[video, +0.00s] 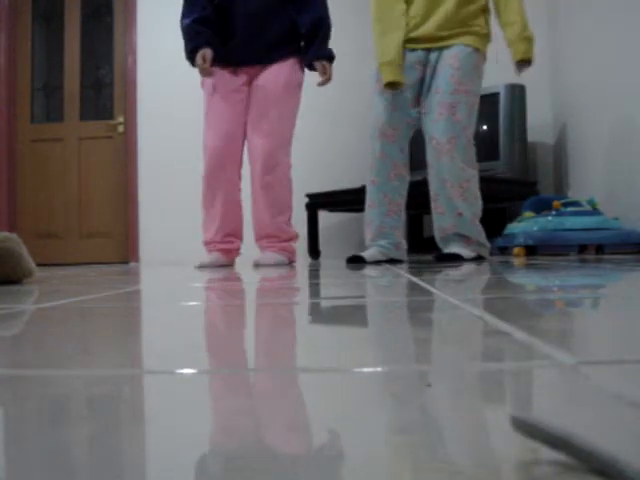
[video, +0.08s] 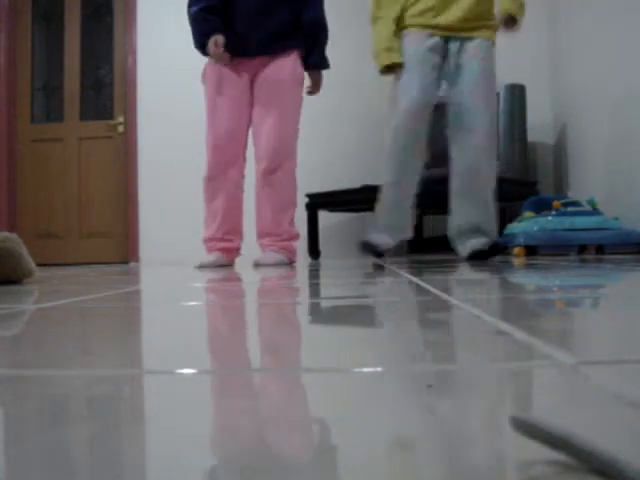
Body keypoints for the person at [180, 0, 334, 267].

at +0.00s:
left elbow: (313, 3)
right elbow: (194, 4)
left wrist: (318, 47)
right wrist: (199, 43)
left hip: (280, 57)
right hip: (223, 59)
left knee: (269, 156)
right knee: (218, 156)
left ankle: (276, 247)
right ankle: (221, 248)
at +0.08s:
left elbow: (311, 6)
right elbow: (198, 3)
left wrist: (314, 57)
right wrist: (209, 34)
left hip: (281, 57)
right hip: (226, 58)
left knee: (275, 158)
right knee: (222, 159)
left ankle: (277, 247)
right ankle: (221, 248)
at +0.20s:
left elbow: (310, 6)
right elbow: (200, 4)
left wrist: (313, 62)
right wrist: (215, 37)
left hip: (281, 55)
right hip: (225, 57)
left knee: (275, 158)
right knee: (223, 159)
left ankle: (277, 247)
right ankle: (222, 248)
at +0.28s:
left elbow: (310, 6)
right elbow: (202, 4)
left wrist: (312, 61)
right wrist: (217, 39)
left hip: (281, 56)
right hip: (225, 57)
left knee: (274, 158)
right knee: (223, 160)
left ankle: (277, 247)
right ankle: (222, 248)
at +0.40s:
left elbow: (308, 5)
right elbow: (203, 4)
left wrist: (310, 59)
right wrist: (217, 33)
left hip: (280, 54)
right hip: (224, 55)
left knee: (274, 158)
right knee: (223, 159)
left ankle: (276, 247)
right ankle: (222, 248)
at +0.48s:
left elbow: (309, 5)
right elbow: (203, 3)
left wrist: (311, 58)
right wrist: (216, 31)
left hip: (281, 55)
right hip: (225, 56)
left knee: (274, 158)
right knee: (223, 159)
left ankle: (276, 246)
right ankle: (222, 246)